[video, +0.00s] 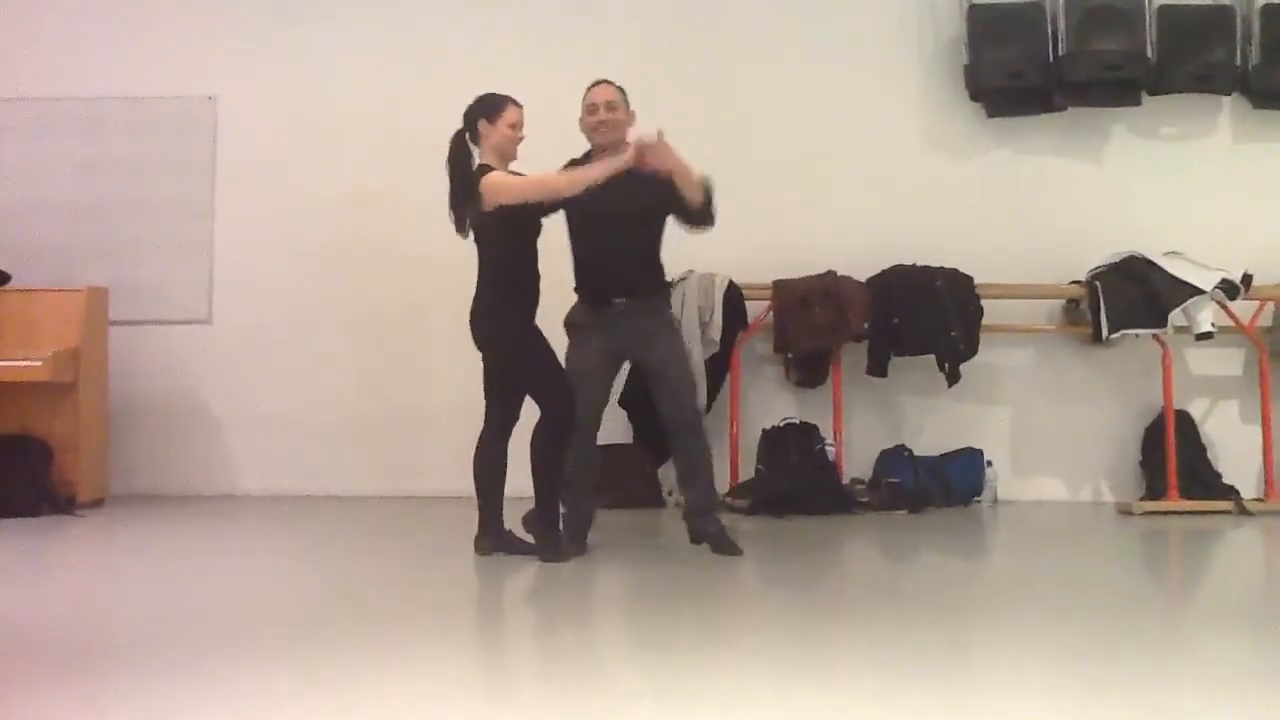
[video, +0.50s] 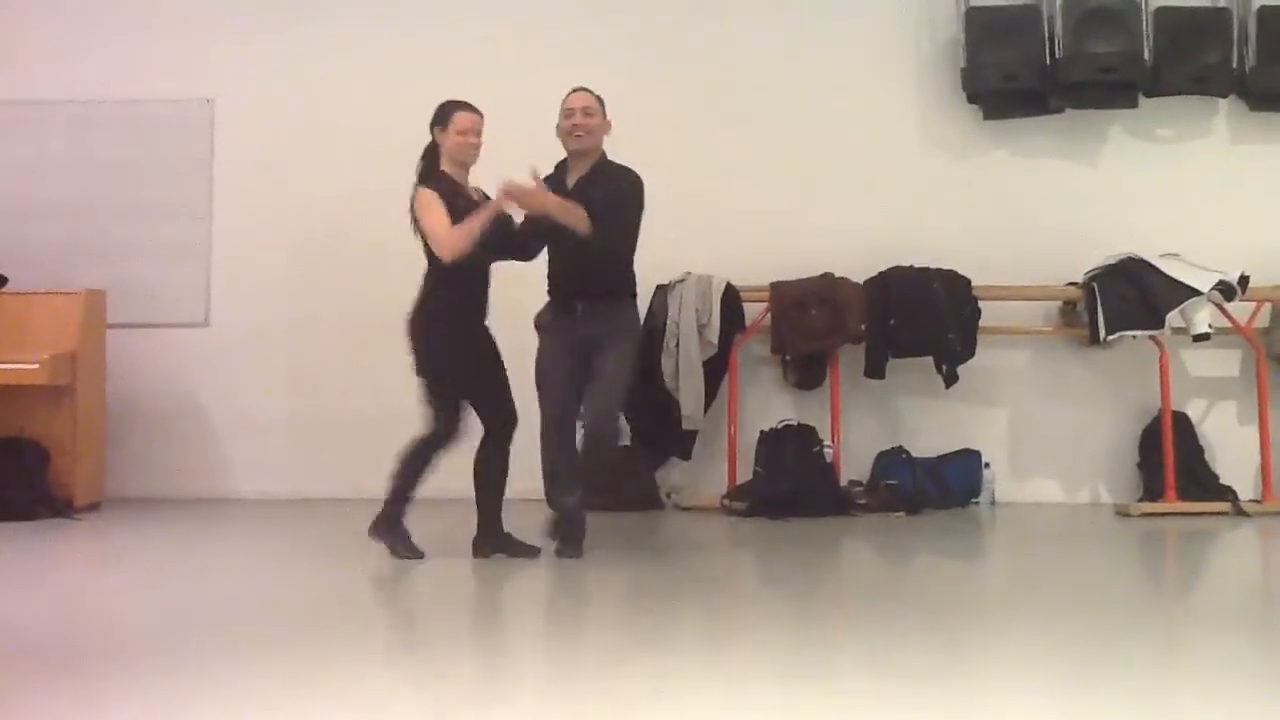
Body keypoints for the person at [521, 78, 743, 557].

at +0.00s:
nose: (601, 115)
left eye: (611, 108)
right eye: (592, 109)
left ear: (630, 117)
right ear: (580, 122)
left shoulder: (654, 170)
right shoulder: (571, 176)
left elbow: (701, 217)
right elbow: (530, 206)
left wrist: (678, 167)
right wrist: (490, 196)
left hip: (652, 315)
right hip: (594, 318)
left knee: (683, 414)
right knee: (578, 422)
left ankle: (704, 520)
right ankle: (572, 529)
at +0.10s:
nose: (593, 117)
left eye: (604, 109)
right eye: (585, 110)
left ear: (623, 120)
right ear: (574, 122)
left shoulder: (643, 180)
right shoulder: (559, 181)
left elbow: (689, 240)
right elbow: (519, 216)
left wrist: (673, 210)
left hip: (642, 315)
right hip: (585, 319)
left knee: (679, 415)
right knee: (572, 419)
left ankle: (718, 519)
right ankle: (572, 529)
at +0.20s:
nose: (583, 119)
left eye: (593, 112)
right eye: (575, 113)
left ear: (613, 123)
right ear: (565, 124)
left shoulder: (638, 189)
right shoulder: (554, 182)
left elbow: (662, 258)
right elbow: (516, 220)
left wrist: (623, 263)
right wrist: (481, 193)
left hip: (626, 319)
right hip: (571, 321)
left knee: (664, 412)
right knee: (562, 417)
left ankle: (717, 508)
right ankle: (571, 527)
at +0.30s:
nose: (581, 119)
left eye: (592, 112)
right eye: (573, 112)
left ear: (611, 123)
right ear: (563, 124)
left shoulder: (635, 188)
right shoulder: (554, 181)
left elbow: (648, 260)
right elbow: (521, 226)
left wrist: (595, 268)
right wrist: (480, 203)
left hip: (621, 316)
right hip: (567, 318)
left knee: (641, 406)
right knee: (562, 419)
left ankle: (692, 487)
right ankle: (571, 523)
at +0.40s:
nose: (579, 121)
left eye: (589, 113)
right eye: (571, 114)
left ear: (608, 125)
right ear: (561, 126)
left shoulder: (630, 187)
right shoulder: (549, 186)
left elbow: (626, 255)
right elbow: (532, 238)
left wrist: (573, 248)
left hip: (617, 315)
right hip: (565, 315)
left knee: (618, 407)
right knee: (560, 418)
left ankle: (650, 471)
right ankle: (570, 522)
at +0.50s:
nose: (576, 120)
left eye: (587, 113)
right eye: (568, 114)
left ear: (606, 126)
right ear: (558, 128)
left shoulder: (625, 183)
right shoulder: (550, 187)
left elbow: (615, 241)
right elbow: (525, 245)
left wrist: (548, 206)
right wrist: (484, 228)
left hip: (615, 319)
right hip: (562, 319)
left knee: (600, 415)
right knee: (556, 417)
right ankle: (567, 519)